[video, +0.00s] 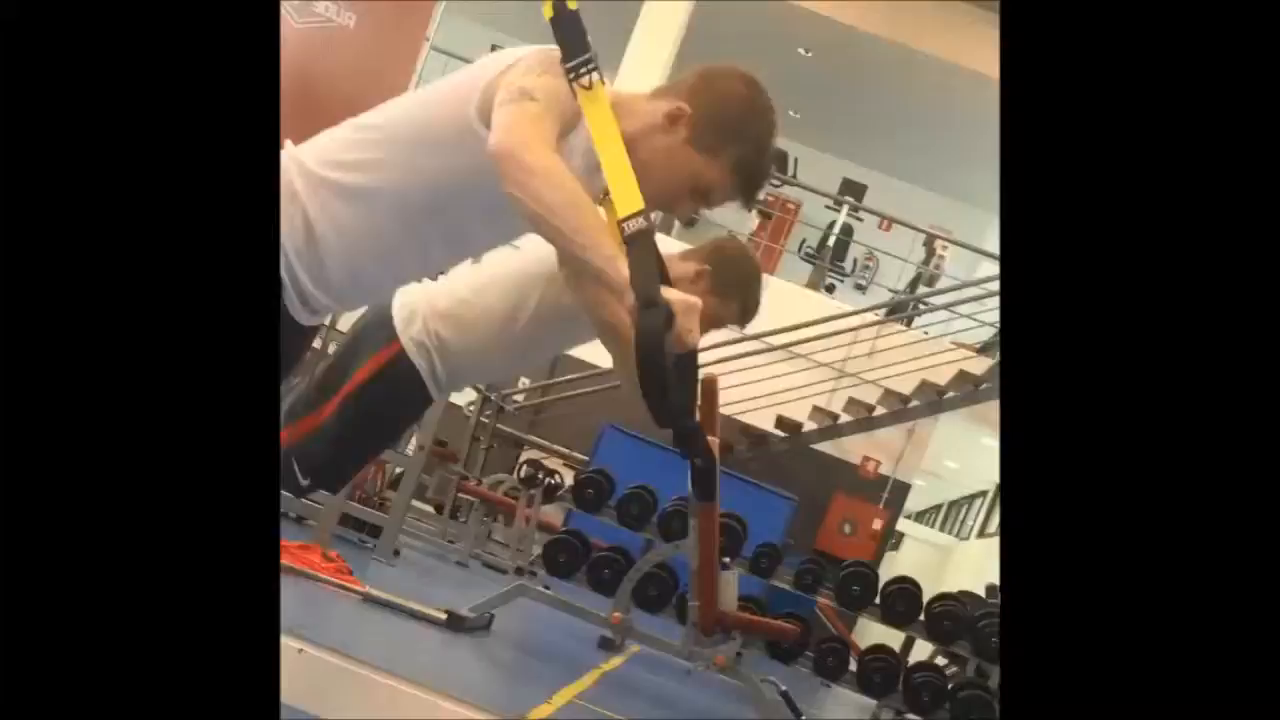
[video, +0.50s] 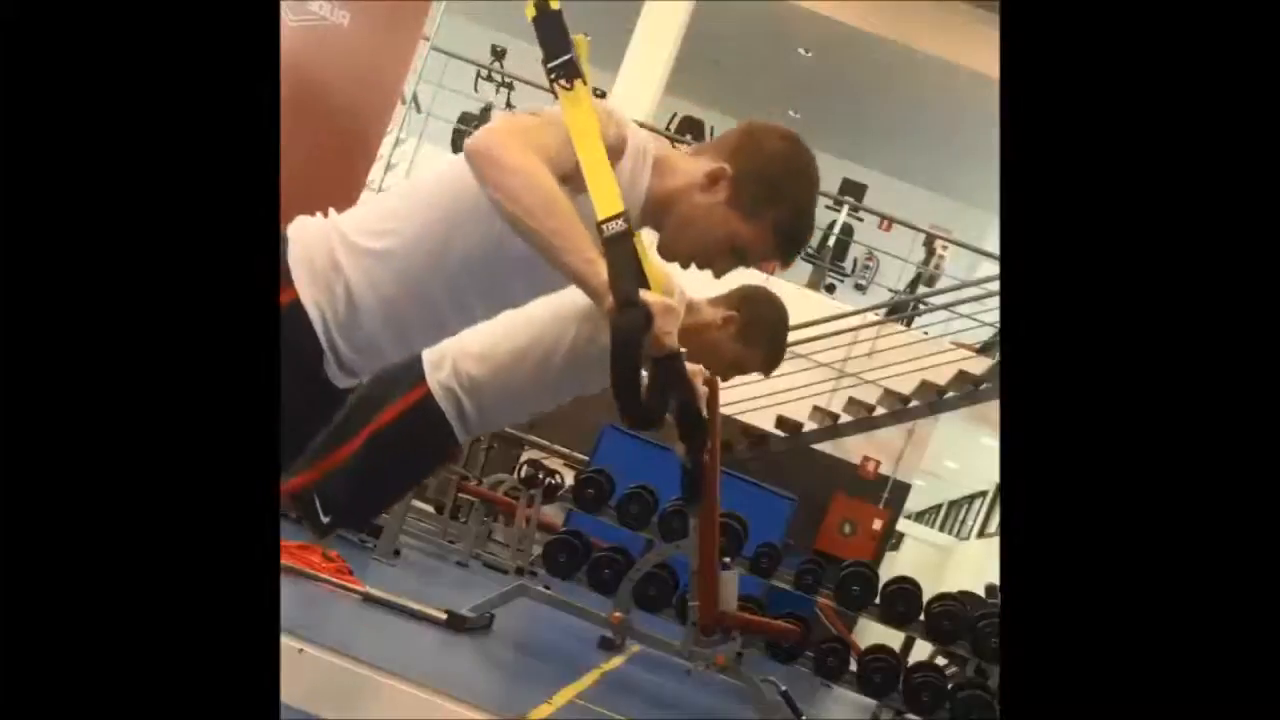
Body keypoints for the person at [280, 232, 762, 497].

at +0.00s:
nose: (703, 328)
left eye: (716, 326)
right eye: (713, 318)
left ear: (692, 274)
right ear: (696, 278)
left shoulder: (634, 291)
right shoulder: (621, 255)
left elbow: (644, 361)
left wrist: (686, 412)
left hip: (423, 365)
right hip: (405, 347)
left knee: (307, 477)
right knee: (294, 469)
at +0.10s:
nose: (695, 336)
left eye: (708, 333)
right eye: (707, 323)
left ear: (698, 277)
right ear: (701, 281)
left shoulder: (646, 288)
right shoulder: (635, 257)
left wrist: (677, 426)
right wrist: (646, 316)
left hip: (432, 370)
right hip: (413, 349)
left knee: (310, 480)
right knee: (297, 472)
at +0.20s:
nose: (701, 345)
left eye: (714, 342)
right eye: (713, 334)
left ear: (707, 292)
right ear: (707, 291)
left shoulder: (650, 300)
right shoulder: (635, 259)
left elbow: (647, 380)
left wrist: (677, 435)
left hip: (445, 382)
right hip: (421, 356)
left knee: (321, 494)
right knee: (300, 486)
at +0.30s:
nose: (705, 356)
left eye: (716, 353)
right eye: (717, 344)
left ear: (709, 300)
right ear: (710, 300)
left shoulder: (655, 318)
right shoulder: (636, 264)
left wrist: (685, 409)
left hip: (449, 395)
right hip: (424, 367)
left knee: (323, 506)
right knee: (298, 489)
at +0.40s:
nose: (718, 357)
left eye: (731, 357)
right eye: (730, 349)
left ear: (718, 309)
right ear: (718, 310)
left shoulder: (658, 332)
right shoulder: (647, 278)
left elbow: (647, 409)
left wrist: (685, 393)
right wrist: (683, 386)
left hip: (450, 405)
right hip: (428, 378)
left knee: (325, 512)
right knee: (304, 497)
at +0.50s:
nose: (725, 369)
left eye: (736, 367)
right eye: (736, 360)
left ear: (723, 320)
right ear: (726, 319)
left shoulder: (661, 329)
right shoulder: (658, 291)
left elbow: (637, 413)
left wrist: (683, 394)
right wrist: (679, 378)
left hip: (457, 414)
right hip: (438, 390)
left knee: (328, 517)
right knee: (305, 504)